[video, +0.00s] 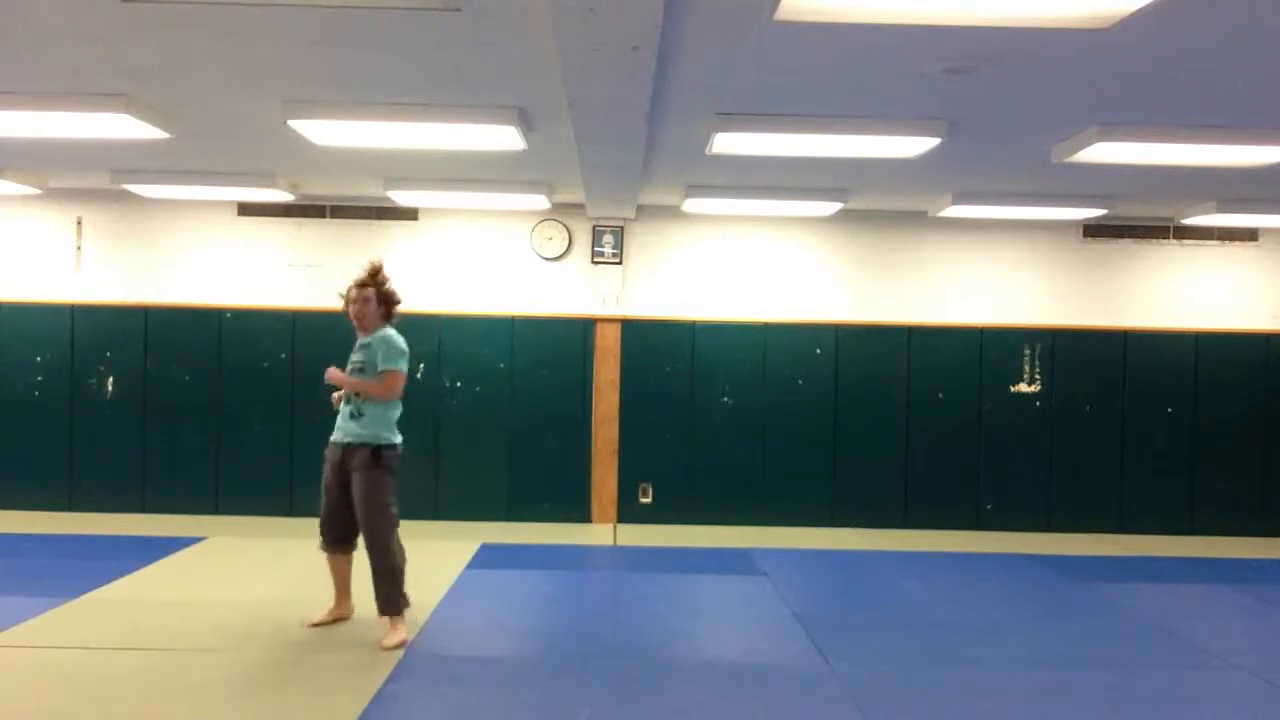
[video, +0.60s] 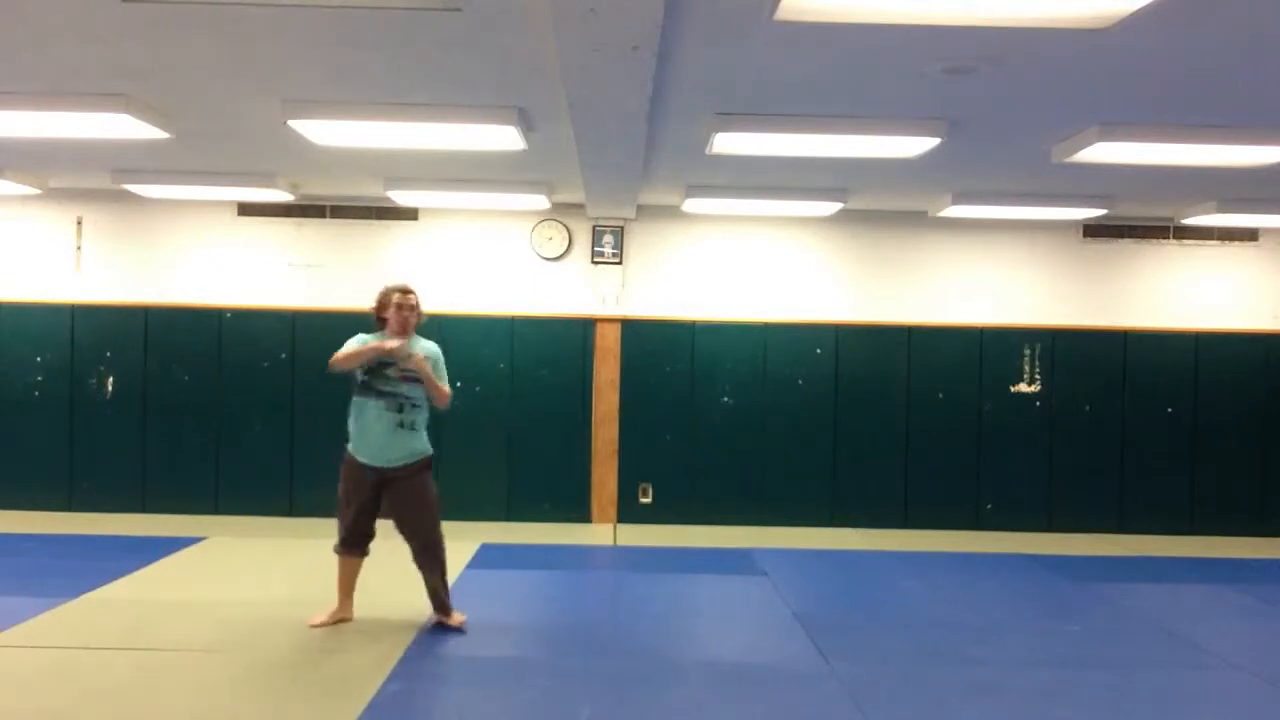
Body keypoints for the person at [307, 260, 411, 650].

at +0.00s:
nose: (356, 309)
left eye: (364, 302)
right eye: (352, 302)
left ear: (383, 306)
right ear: (347, 306)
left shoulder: (391, 342)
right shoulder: (361, 344)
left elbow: (392, 388)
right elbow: (373, 389)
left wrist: (345, 381)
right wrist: (347, 396)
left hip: (373, 446)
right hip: (341, 442)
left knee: (378, 531)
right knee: (335, 526)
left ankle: (395, 618)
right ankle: (341, 603)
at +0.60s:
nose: (404, 314)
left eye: (409, 308)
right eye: (398, 307)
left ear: (418, 315)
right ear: (383, 312)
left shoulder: (430, 351)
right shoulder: (363, 342)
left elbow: (444, 400)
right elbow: (336, 363)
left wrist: (421, 370)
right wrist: (380, 349)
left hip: (411, 460)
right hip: (362, 459)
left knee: (427, 538)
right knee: (351, 536)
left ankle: (443, 610)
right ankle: (344, 607)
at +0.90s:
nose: (468, 317)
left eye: (471, 311)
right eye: (462, 310)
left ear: (472, 316)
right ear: (443, 312)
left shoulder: (468, 352)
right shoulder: (422, 345)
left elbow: (459, 396)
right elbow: (407, 372)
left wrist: (482, 404)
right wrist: (448, 359)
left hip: (464, 458)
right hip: (426, 456)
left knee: (460, 541)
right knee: (398, 532)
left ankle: (451, 610)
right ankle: (357, 598)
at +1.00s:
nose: (490, 316)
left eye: (491, 310)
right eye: (483, 310)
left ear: (487, 314)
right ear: (463, 312)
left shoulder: (480, 352)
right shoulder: (437, 350)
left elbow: (470, 396)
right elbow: (414, 396)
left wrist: (499, 402)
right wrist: (450, 399)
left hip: (472, 455)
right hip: (438, 454)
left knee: (464, 536)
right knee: (432, 533)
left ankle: (451, 609)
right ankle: (387, 598)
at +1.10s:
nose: (506, 319)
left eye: (507, 312)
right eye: (499, 312)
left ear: (502, 317)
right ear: (479, 314)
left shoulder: (493, 354)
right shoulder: (450, 354)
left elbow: (484, 399)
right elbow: (432, 405)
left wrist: (518, 399)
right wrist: (442, 449)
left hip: (482, 459)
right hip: (454, 457)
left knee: (471, 537)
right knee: (458, 535)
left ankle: (455, 612)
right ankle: (431, 612)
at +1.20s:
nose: (518, 322)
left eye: (520, 315)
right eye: (511, 315)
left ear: (516, 320)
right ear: (491, 318)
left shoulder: (507, 356)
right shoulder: (465, 357)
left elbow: (500, 398)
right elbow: (442, 409)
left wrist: (531, 401)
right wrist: (429, 460)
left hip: (490, 457)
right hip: (463, 455)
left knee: (465, 532)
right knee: (482, 532)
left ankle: (447, 608)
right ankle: (483, 622)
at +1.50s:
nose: (560, 321)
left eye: (562, 314)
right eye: (552, 315)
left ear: (562, 318)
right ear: (532, 319)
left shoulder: (560, 353)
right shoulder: (508, 359)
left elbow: (555, 393)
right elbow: (480, 412)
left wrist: (570, 410)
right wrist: (472, 467)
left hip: (546, 462)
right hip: (512, 462)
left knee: (526, 540)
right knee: (522, 544)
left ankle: (476, 594)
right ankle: (538, 630)